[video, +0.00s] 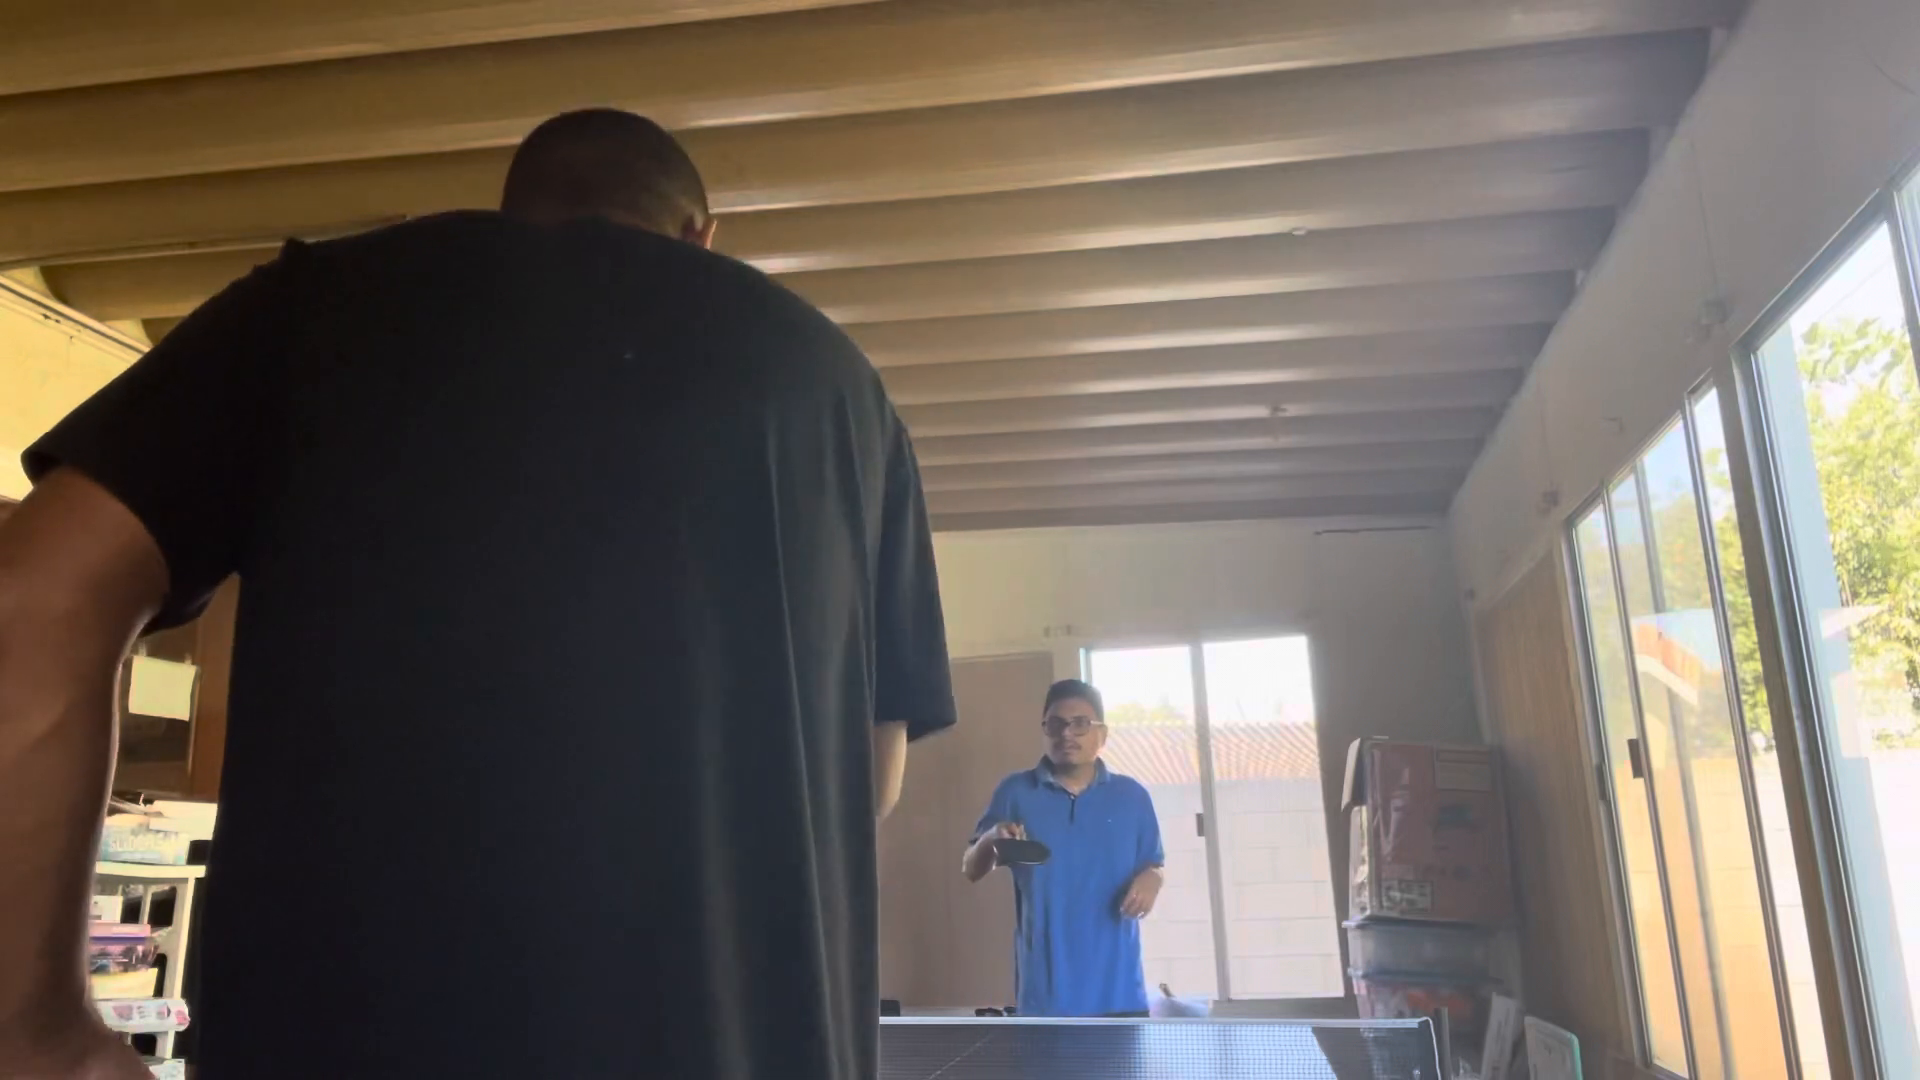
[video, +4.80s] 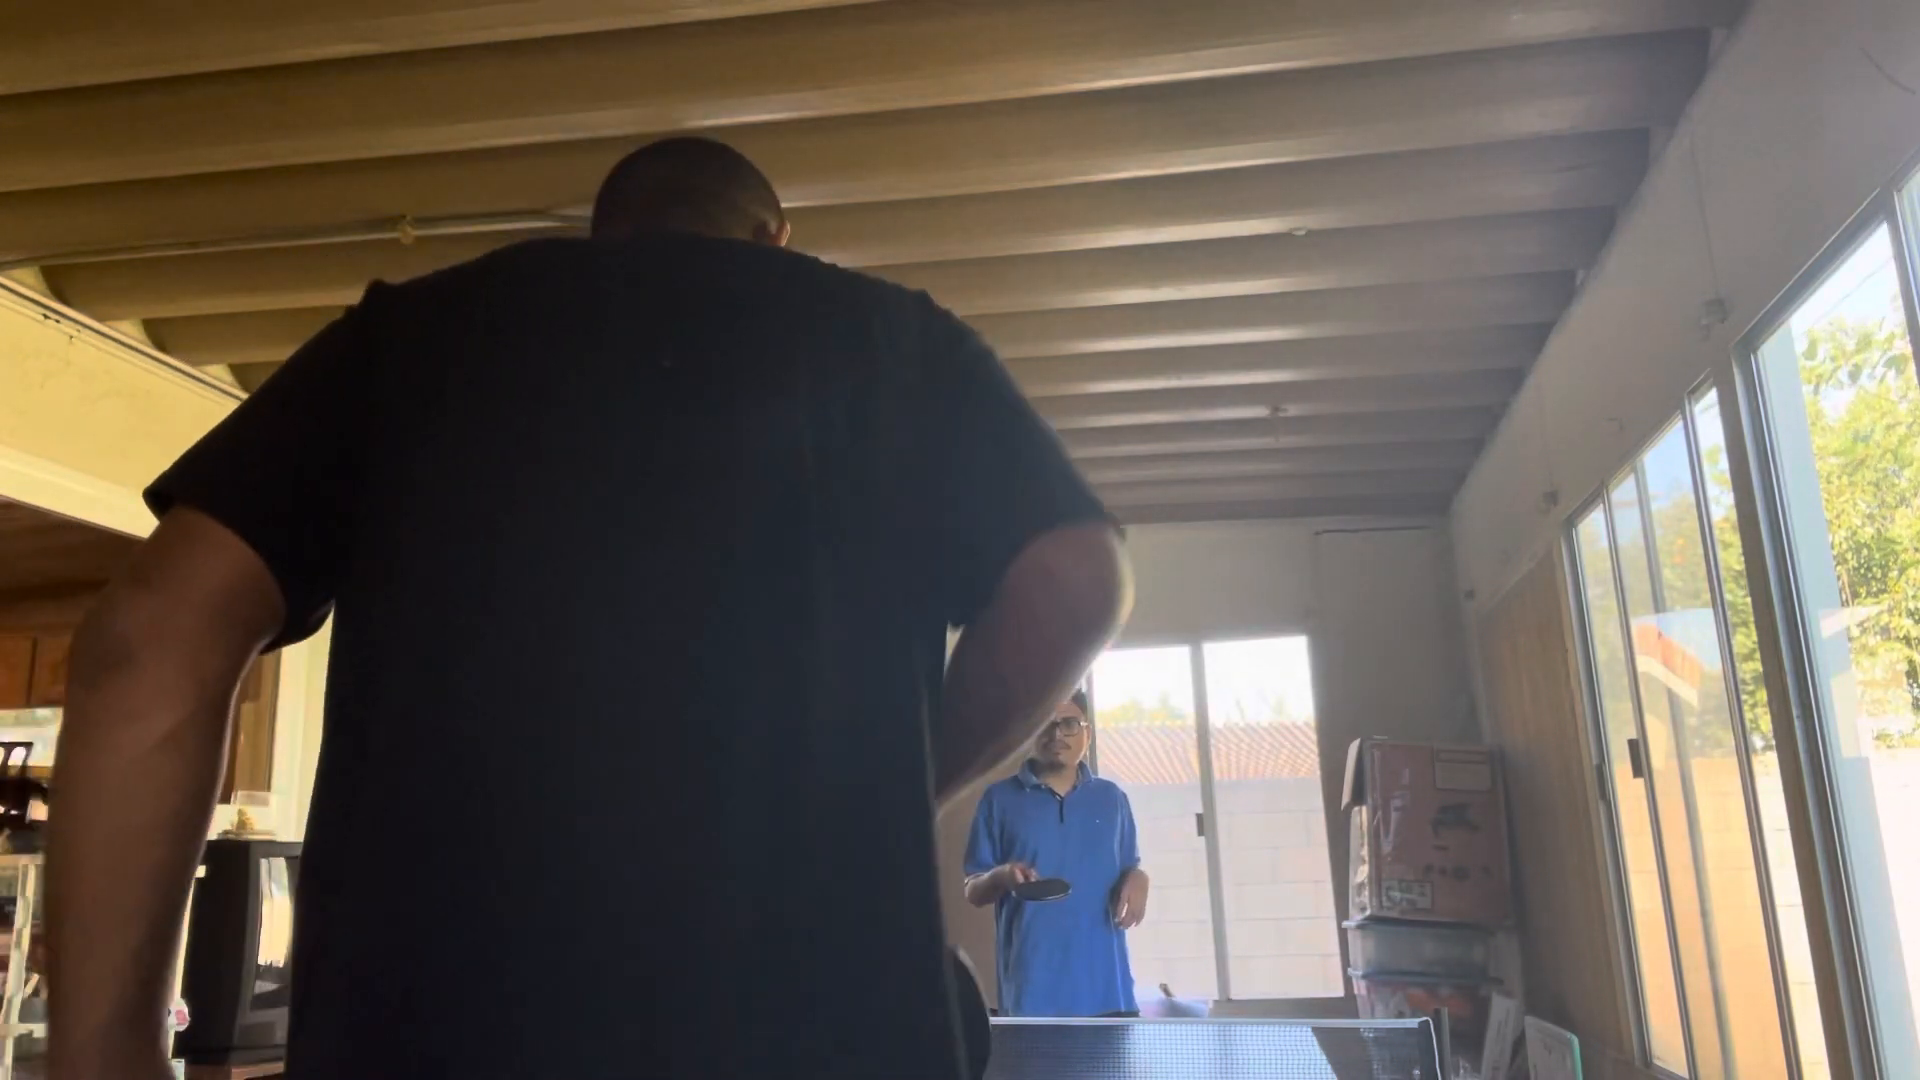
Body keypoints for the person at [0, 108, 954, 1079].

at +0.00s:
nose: (720, 258)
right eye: (714, 238)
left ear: (501, 211)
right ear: (695, 229)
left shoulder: (324, 291)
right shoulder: (831, 367)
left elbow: (46, 584)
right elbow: (875, 773)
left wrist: (41, 1017)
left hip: (331, 1031)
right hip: (736, 1043)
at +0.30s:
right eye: (716, 168)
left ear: (480, 166)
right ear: (699, 167)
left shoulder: (317, 288)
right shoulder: (818, 291)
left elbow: (46, 619)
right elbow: (877, 678)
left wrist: (103, 995)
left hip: (349, 1037)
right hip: (780, 1041)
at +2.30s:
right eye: (684, 178)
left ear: (458, 177)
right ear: (673, 176)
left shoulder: (295, 323)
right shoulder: (821, 329)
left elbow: (70, 677)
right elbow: (941, 712)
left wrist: (20, 1042)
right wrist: (723, 784)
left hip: (342, 1029)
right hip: (725, 1034)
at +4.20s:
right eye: (710, 179)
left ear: (486, 176)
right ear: (697, 174)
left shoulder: (314, 321)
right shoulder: (851, 341)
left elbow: (70, 708)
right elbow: (940, 746)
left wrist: (34, 1055)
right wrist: (765, 902)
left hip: (360, 1032)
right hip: (746, 1039)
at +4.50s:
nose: (764, 257)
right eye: (766, 237)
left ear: (563, 217)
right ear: (751, 231)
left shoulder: (382, 310)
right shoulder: (893, 379)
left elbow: (107, 635)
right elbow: (949, 797)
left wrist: (38, 1043)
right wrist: (858, 968)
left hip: (388, 1034)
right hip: (785, 1043)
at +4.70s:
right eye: (785, 253)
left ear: (586, 231)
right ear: (771, 245)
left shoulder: (404, 324)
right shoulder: (899, 353)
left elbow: (142, 620)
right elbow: (1031, 681)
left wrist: (72, 1040)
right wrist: (870, 859)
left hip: (412, 1028)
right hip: (798, 1041)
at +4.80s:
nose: (786, 260)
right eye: (791, 246)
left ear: (592, 225)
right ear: (782, 246)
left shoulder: (409, 328)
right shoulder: (894, 333)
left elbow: (149, 642)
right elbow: (1072, 582)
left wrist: (104, 1048)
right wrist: (911, 789)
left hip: (429, 1025)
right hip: (824, 1030)